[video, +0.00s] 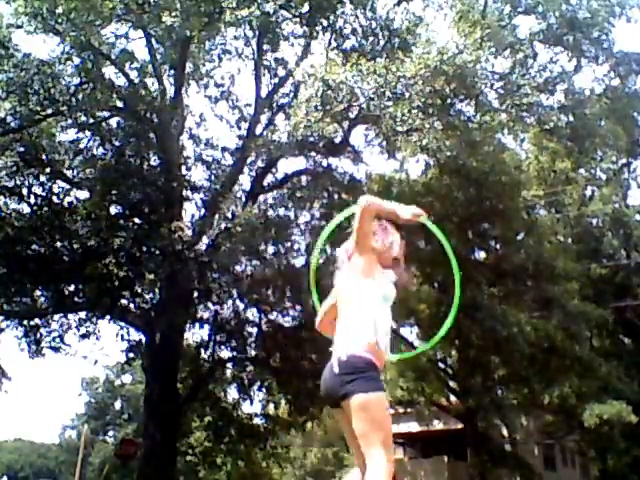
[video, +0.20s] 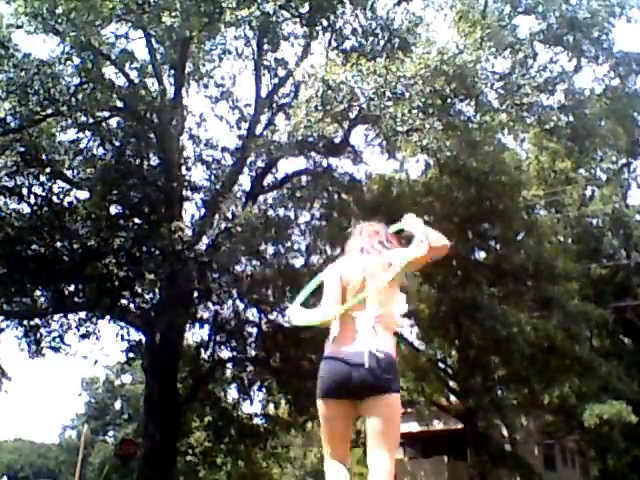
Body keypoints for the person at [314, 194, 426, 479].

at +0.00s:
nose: (397, 244)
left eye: (396, 238)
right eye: (392, 235)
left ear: (389, 245)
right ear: (376, 236)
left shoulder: (347, 277)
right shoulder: (365, 256)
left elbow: (324, 322)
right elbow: (366, 204)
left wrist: (361, 339)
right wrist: (400, 210)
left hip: (335, 370)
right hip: (359, 367)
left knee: (363, 463)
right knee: (381, 460)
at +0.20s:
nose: (395, 245)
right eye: (391, 240)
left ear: (351, 243)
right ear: (385, 241)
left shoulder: (335, 269)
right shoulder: (394, 261)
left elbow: (329, 312)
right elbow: (441, 245)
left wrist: (300, 315)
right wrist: (416, 226)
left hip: (335, 365)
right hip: (380, 365)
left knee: (335, 459)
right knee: (381, 461)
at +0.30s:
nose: (346, 245)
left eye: (349, 240)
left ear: (352, 242)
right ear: (386, 245)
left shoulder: (344, 266)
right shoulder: (397, 275)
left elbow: (307, 303)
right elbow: (432, 305)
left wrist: (297, 263)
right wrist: (434, 274)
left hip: (337, 360)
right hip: (380, 365)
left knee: (328, 460)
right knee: (381, 464)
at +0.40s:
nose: (341, 249)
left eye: (344, 244)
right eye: (342, 245)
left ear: (354, 244)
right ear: (381, 248)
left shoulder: (349, 261)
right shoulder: (391, 290)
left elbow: (306, 252)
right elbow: (403, 343)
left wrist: (317, 229)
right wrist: (376, 325)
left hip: (345, 363)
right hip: (379, 370)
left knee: (332, 463)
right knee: (349, 463)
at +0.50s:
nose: (334, 256)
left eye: (335, 248)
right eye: (335, 249)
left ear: (348, 245)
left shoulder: (361, 263)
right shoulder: (377, 286)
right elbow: (392, 346)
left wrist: (312, 216)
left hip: (358, 366)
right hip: (370, 370)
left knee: (336, 458)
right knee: (321, 460)